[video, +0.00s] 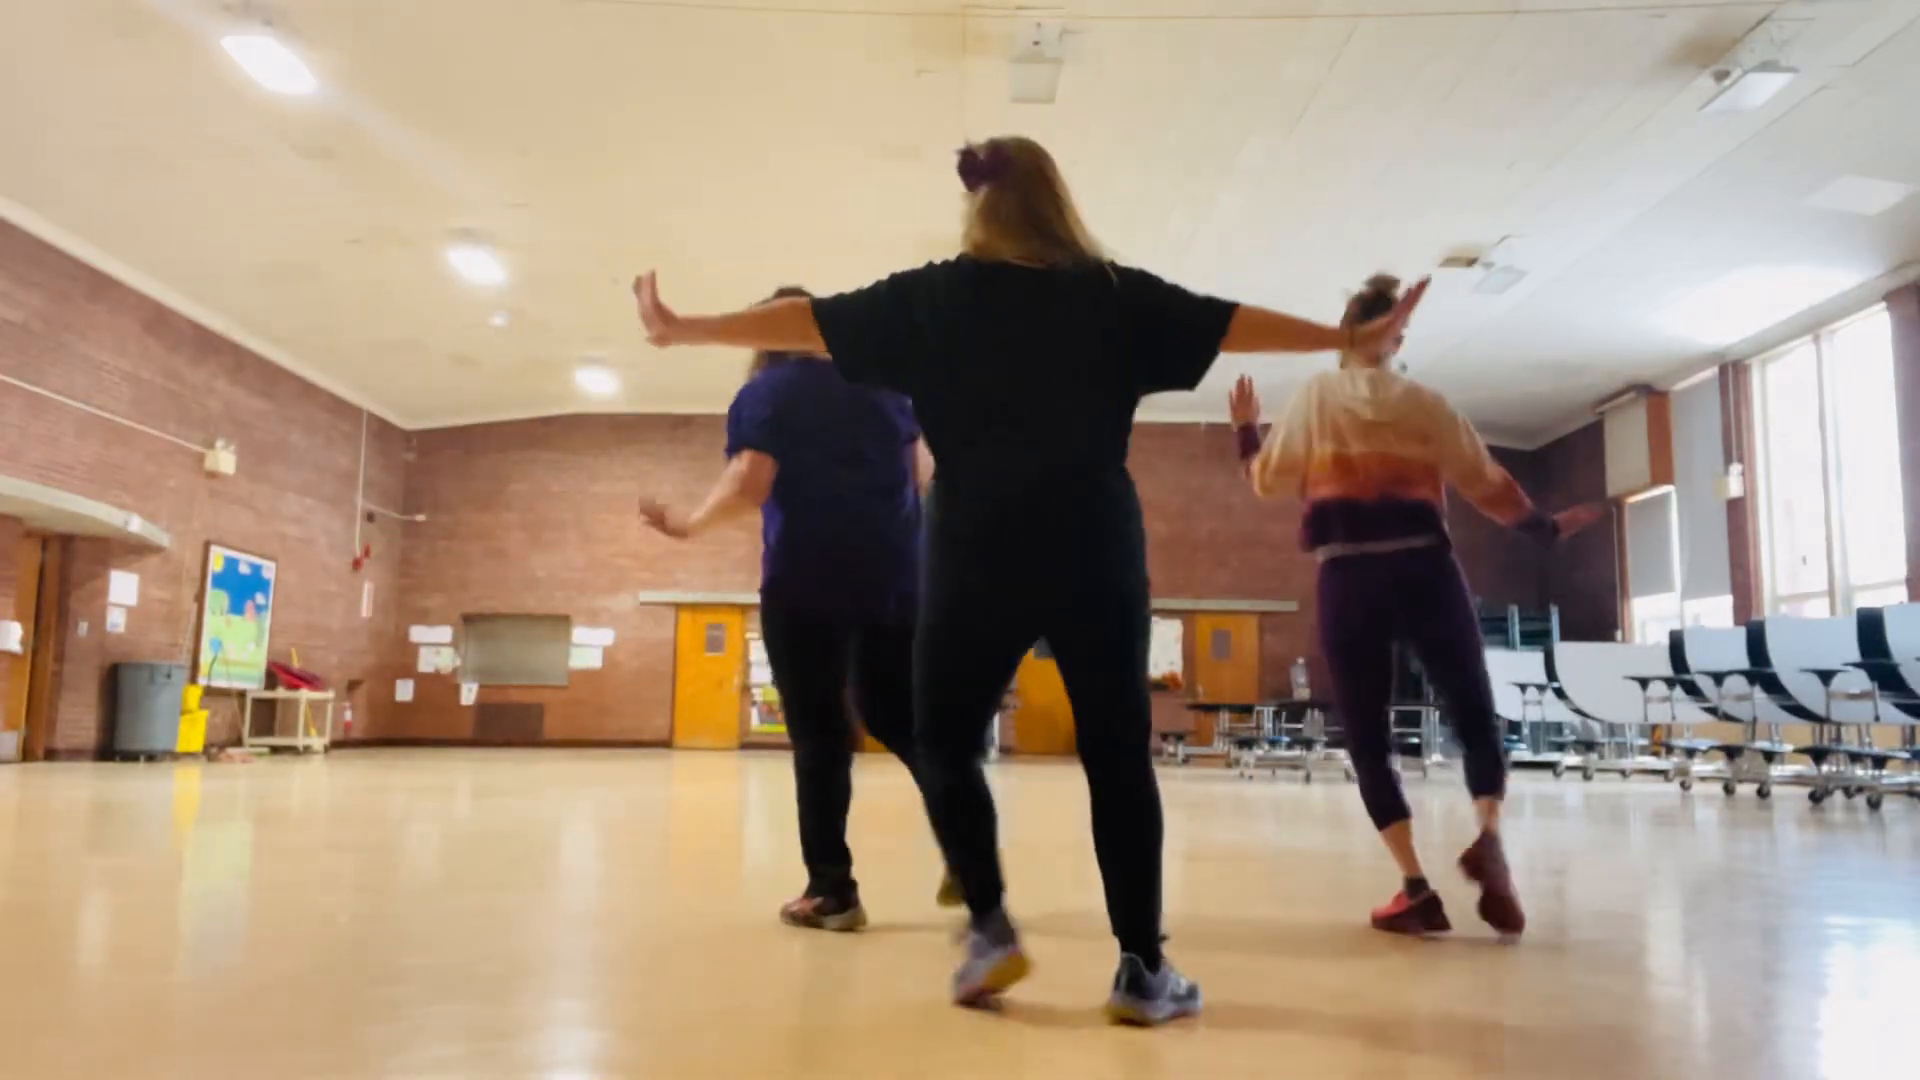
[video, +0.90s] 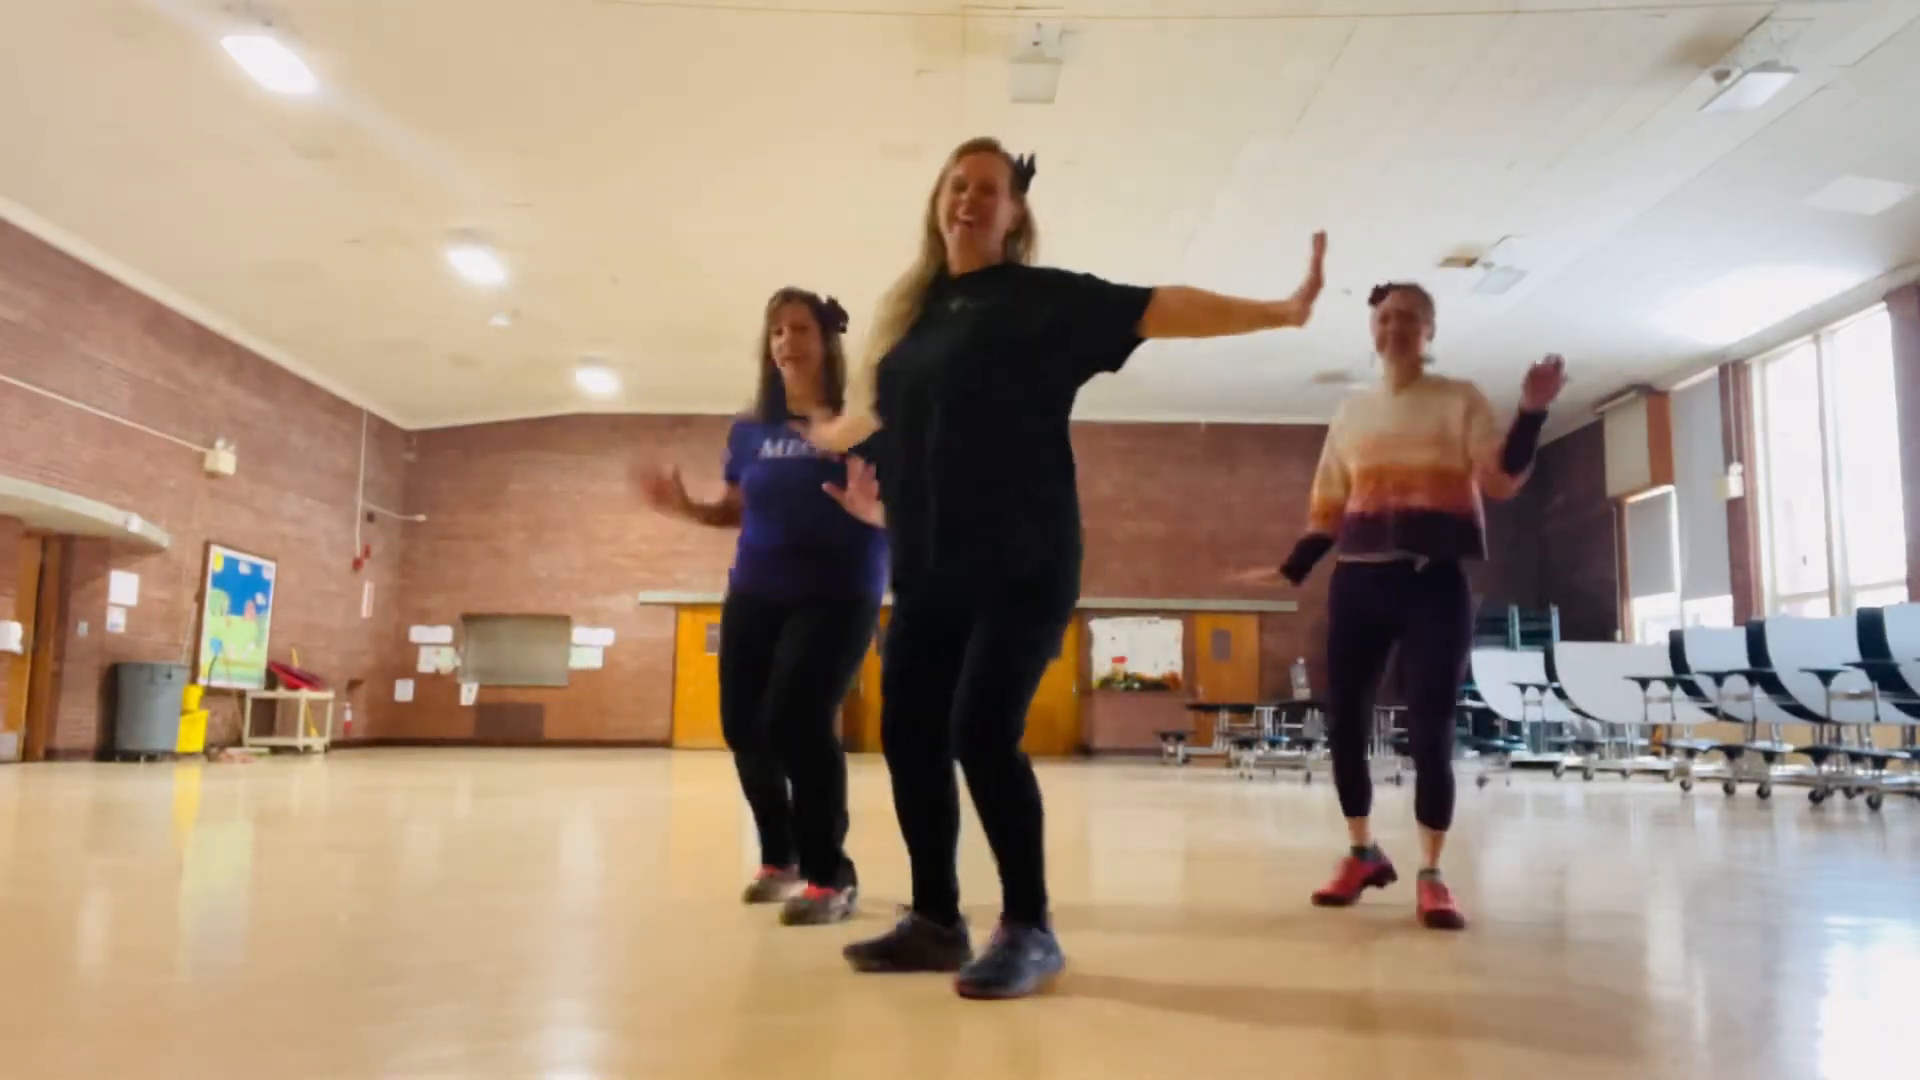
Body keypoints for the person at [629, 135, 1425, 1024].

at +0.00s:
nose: (961, 215)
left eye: (965, 202)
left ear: (975, 211)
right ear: (1060, 203)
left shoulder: (933, 298)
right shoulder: (1112, 296)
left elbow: (800, 321)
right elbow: (1234, 324)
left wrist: (680, 327)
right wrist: (1341, 336)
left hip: (976, 562)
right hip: (1097, 561)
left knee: (945, 744)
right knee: (1120, 757)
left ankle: (991, 929)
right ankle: (1142, 969)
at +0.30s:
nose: (950, 217)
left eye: (964, 205)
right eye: (954, 205)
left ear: (1016, 215)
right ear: (1034, 221)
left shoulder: (966, 290)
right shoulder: (1087, 316)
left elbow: (883, 287)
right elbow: (1175, 384)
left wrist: (790, 271)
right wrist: (1245, 416)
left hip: (1001, 552)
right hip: (1100, 549)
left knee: (993, 749)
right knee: (1062, 728)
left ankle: (1039, 957)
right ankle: (1122, 905)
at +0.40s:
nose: (954, 212)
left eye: (970, 201)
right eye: (957, 200)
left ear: (1021, 215)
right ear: (1025, 221)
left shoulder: (984, 284)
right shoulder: (1064, 316)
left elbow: (932, 281)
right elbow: (1130, 397)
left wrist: (883, 262)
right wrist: (1171, 424)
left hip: (1030, 550)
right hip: (1093, 547)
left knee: (966, 733)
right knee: (1056, 734)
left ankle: (1042, 944)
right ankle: (1113, 930)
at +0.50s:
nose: (966, 202)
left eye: (983, 192)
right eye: (968, 190)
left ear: (1025, 218)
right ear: (995, 217)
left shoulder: (1014, 289)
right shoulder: (1011, 298)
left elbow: (1000, 281)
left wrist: (980, 253)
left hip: (1046, 546)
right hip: (1058, 545)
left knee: (954, 735)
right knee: (1047, 736)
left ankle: (1040, 932)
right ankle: (1124, 926)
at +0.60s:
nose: (972, 217)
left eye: (993, 207)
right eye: (965, 203)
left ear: (1028, 224)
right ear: (954, 219)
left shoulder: (1028, 286)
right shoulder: (970, 313)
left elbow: (1057, 282)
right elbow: (962, 447)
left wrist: (1087, 254)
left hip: (1053, 546)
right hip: (1004, 554)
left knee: (976, 732)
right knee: (975, 732)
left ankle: (1043, 940)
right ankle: (1085, 886)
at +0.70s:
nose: (974, 216)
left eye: (995, 207)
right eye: (964, 203)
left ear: (1029, 229)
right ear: (948, 225)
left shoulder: (1043, 300)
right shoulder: (950, 330)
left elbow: (1107, 296)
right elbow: (930, 459)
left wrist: (1175, 281)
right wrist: (864, 537)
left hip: (1050, 554)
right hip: (970, 564)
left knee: (995, 731)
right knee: (901, 713)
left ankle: (1045, 941)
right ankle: (1008, 851)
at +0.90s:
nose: (968, 199)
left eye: (987, 190)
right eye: (958, 186)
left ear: (1015, 213)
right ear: (935, 204)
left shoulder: (1046, 297)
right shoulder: (914, 315)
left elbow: (1158, 310)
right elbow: (900, 423)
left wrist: (1285, 312)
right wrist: (847, 442)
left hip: (1024, 555)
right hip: (930, 559)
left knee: (982, 734)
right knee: (909, 734)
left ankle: (1028, 930)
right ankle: (935, 920)